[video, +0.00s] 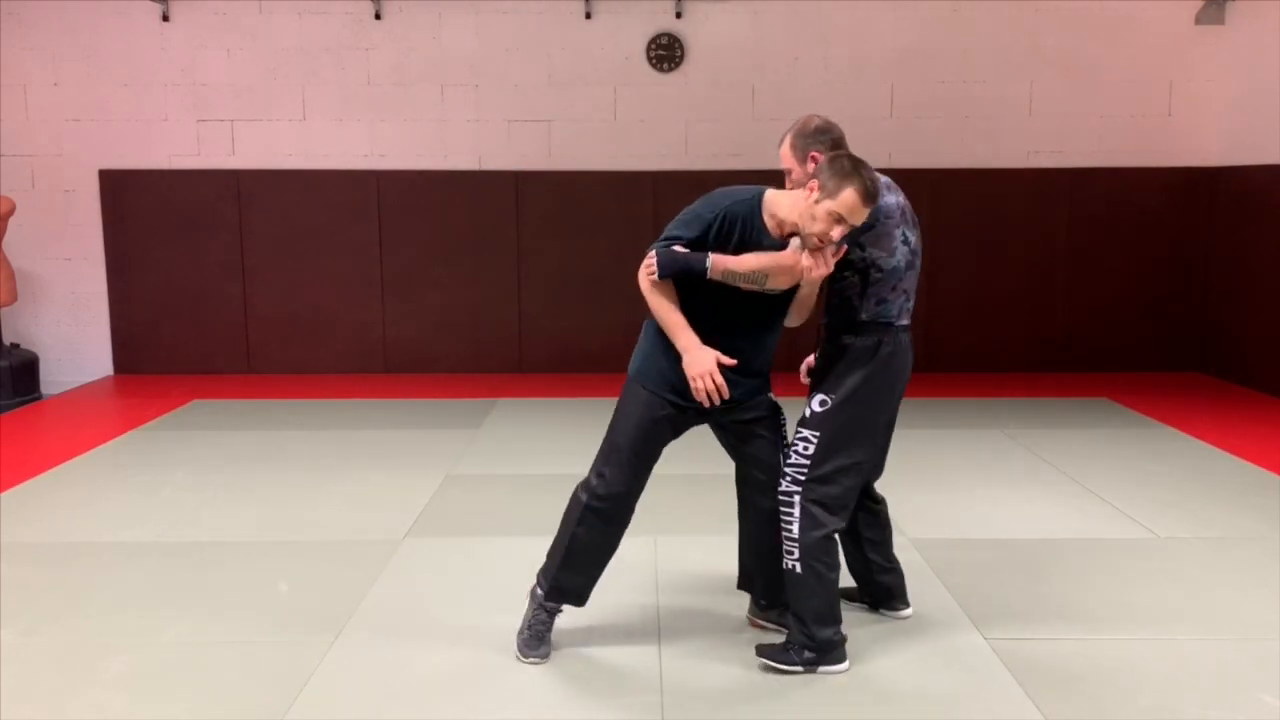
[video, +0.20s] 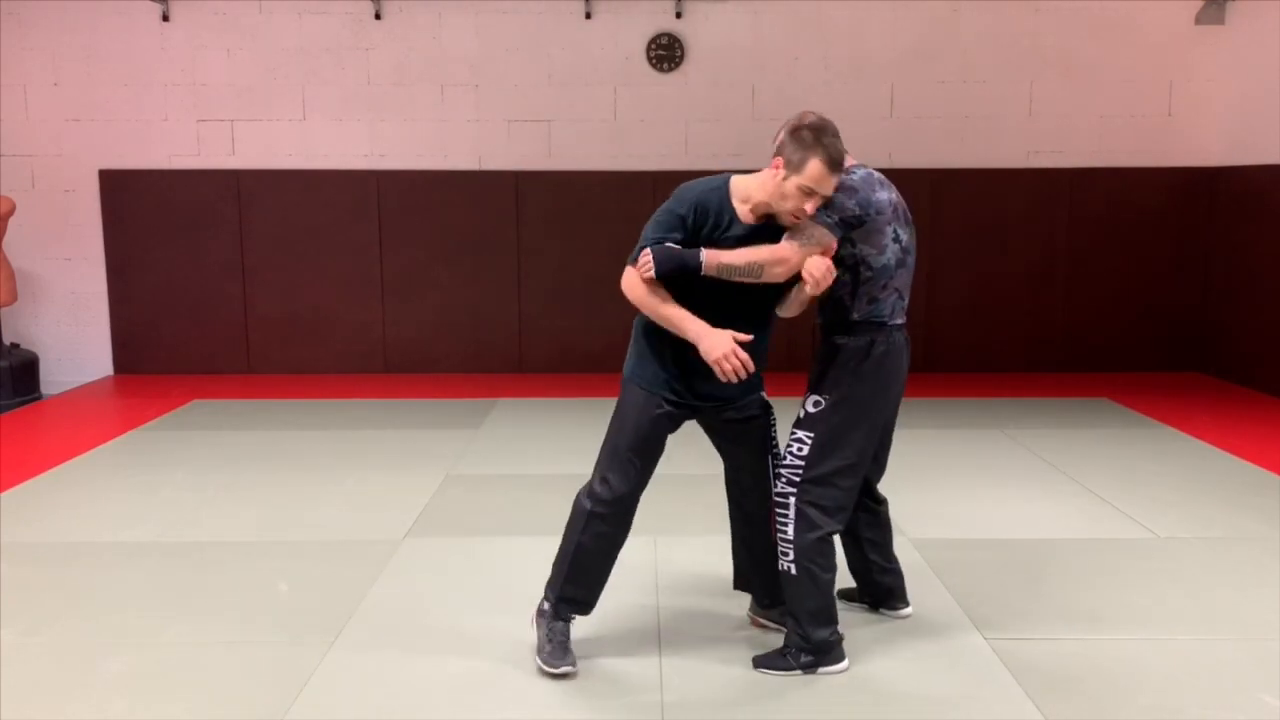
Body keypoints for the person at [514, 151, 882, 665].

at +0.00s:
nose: (838, 235)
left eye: (849, 228)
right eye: (837, 219)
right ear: (811, 189)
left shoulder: (806, 251)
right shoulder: (723, 211)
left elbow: (794, 320)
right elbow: (652, 274)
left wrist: (813, 280)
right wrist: (691, 347)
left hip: (743, 385)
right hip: (666, 375)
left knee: (775, 484)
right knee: (610, 487)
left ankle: (771, 601)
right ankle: (546, 601)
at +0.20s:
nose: (811, 210)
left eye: (821, 200)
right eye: (806, 194)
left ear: (826, 194)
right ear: (776, 167)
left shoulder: (792, 232)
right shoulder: (695, 203)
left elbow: (786, 310)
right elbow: (635, 282)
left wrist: (810, 290)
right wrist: (703, 334)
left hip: (734, 380)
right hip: (659, 373)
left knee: (761, 482)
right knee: (613, 489)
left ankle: (769, 598)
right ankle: (557, 611)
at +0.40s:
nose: (737, 190)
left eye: (741, 178)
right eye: (729, 177)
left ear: (702, 169)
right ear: (691, 166)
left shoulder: (709, 222)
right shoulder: (621, 225)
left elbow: (716, 293)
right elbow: (616, 328)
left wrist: (748, 324)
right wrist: (710, 339)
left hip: (698, 386)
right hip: (630, 394)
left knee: (741, 493)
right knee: (620, 514)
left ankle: (768, 599)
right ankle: (560, 637)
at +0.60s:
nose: (681, 168)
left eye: (684, 155)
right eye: (676, 155)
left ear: (639, 148)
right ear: (638, 148)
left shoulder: (633, 198)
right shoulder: (576, 222)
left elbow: (633, 288)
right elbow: (581, 333)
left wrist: (665, 311)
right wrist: (661, 327)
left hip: (637, 375)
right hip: (586, 388)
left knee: (672, 481)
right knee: (600, 514)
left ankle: (682, 589)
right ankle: (559, 638)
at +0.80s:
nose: (650, 142)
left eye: (651, 130)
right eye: (644, 130)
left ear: (608, 128)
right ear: (609, 128)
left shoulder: (592, 190)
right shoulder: (551, 197)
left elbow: (590, 279)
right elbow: (542, 302)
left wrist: (627, 295)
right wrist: (621, 300)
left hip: (592, 376)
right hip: (554, 384)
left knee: (589, 490)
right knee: (571, 511)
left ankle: (531, 570)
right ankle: (558, 638)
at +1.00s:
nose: (635, 162)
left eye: (638, 151)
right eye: (630, 149)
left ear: (597, 144)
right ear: (597, 141)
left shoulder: (577, 203)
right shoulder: (529, 195)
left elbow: (563, 288)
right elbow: (507, 290)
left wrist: (596, 308)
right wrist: (588, 308)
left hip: (552, 375)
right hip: (512, 377)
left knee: (550, 487)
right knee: (537, 497)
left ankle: (515, 587)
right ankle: (524, 634)